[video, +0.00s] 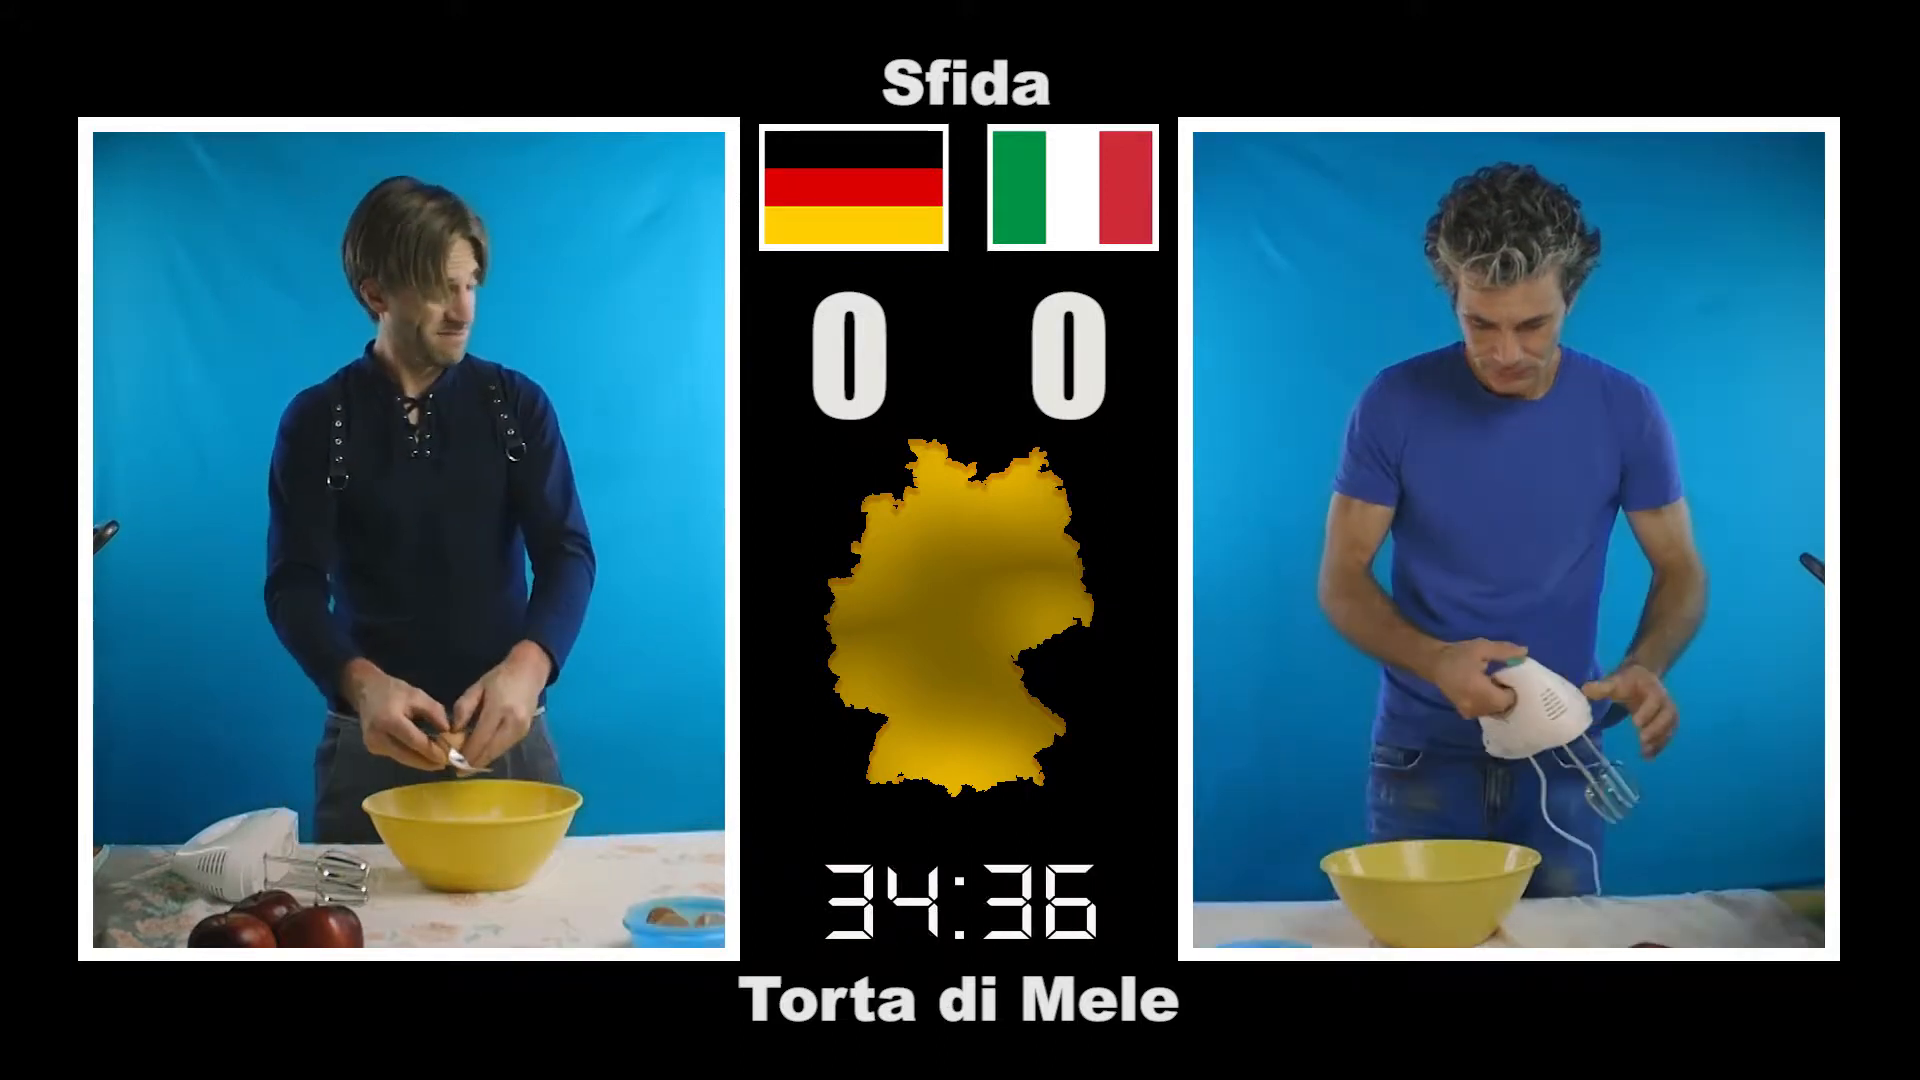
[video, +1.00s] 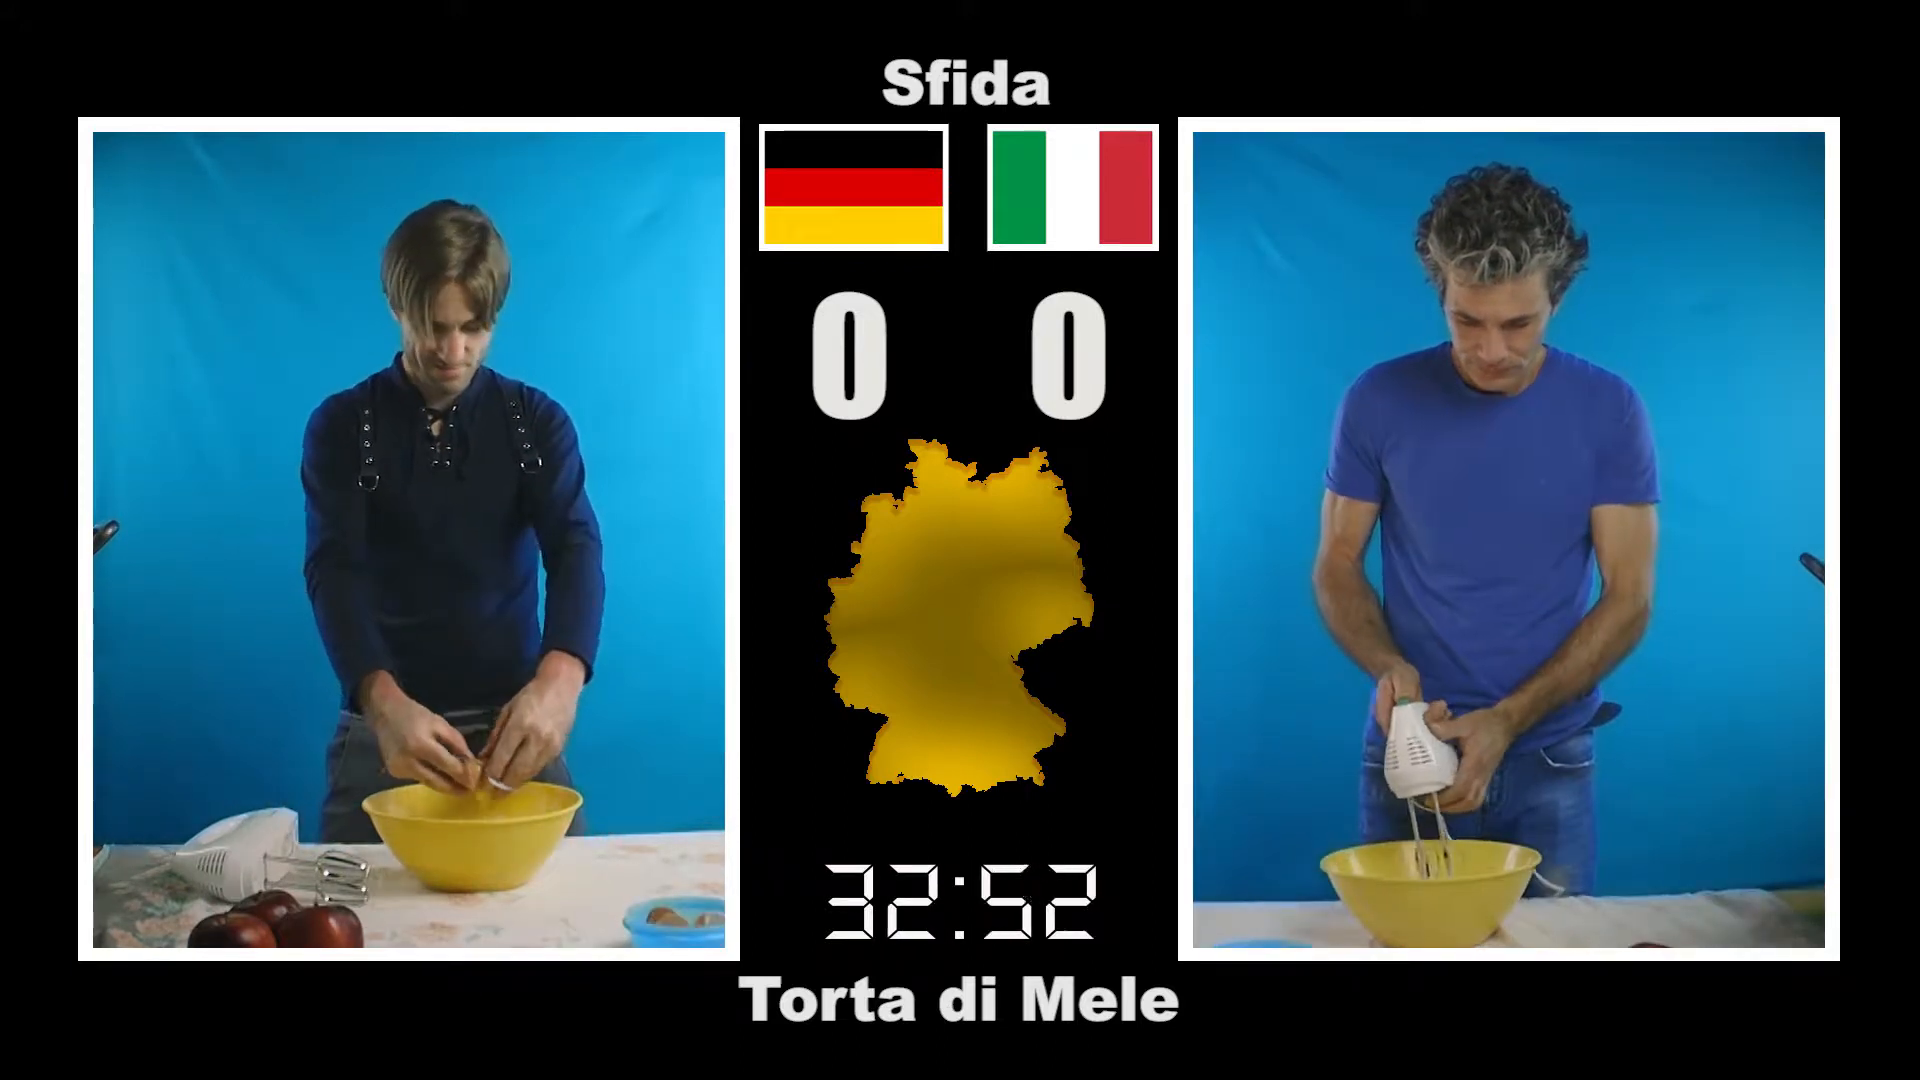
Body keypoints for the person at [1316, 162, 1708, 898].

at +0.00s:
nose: (1507, 353)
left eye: (1533, 325)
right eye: (1482, 325)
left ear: (1567, 298)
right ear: (1454, 298)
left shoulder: (1623, 411)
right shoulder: (1398, 403)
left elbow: (1680, 572)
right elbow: (1341, 582)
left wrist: (1646, 665)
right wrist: (1437, 660)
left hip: (1562, 756)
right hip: (1423, 751)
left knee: (1563, 951)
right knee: (1423, 952)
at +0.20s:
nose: (1506, 348)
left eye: (1530, 321)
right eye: (1481, 321)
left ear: (1565, 295)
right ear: (1454, 296)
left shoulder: (1621, 412)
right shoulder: (1393, 402)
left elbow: (1669, 584)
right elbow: (1340, 564)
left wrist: (1597, 687)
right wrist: (1393, 649)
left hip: (1559, 753)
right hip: (1423, 745)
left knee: (1558, 949)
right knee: (1413, 948)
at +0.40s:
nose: (1503, 347)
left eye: (1529, 320)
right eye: (1480, 319)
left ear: (1565, 295)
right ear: (1452, 292)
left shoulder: (1618, 414)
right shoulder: (1392, 401)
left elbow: (1653, 599)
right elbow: (1338, 557)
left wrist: (1556, 713)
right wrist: (1370, 648)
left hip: (1559, 762)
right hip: (1417, 756)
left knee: (1554, 951)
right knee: (1410, 951)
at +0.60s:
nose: (1503, 348)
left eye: (1528, 322)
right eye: (1480, 321)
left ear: (1564, 298)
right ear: (1452, 293)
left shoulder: (1615, 412)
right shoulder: (1390, 399)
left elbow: (1639, 602)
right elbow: (1335, 556)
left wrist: (1528, 717)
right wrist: (1369, 647)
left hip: (1556, 758)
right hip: (1416, 757)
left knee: (1552, 951)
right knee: (1406, 950)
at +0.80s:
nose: (1498, 349)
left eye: (1523, 323)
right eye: (1475, 321)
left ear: (1559, 299)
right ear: (1448, 294)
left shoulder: (1611, 412)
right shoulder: (1386, 400)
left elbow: (1630, 603)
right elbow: (1337, 559)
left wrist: (1506, 717)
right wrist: (1381, 654)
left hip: (1550, 759)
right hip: (1410, 757)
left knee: (1548, 952)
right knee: (1401, 951)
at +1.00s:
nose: (1492, 350)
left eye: (1518, 323)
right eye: (1469, 322)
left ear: (1554, 298)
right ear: (1442, 293)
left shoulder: (1606, 412)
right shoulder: (1380, 401)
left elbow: (1628, 603)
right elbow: (1336, 570)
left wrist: (1507, 720)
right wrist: (1390, 665)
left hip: (1548, 758)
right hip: (1406, 756)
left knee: (1545, 952)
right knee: (1399, 951)